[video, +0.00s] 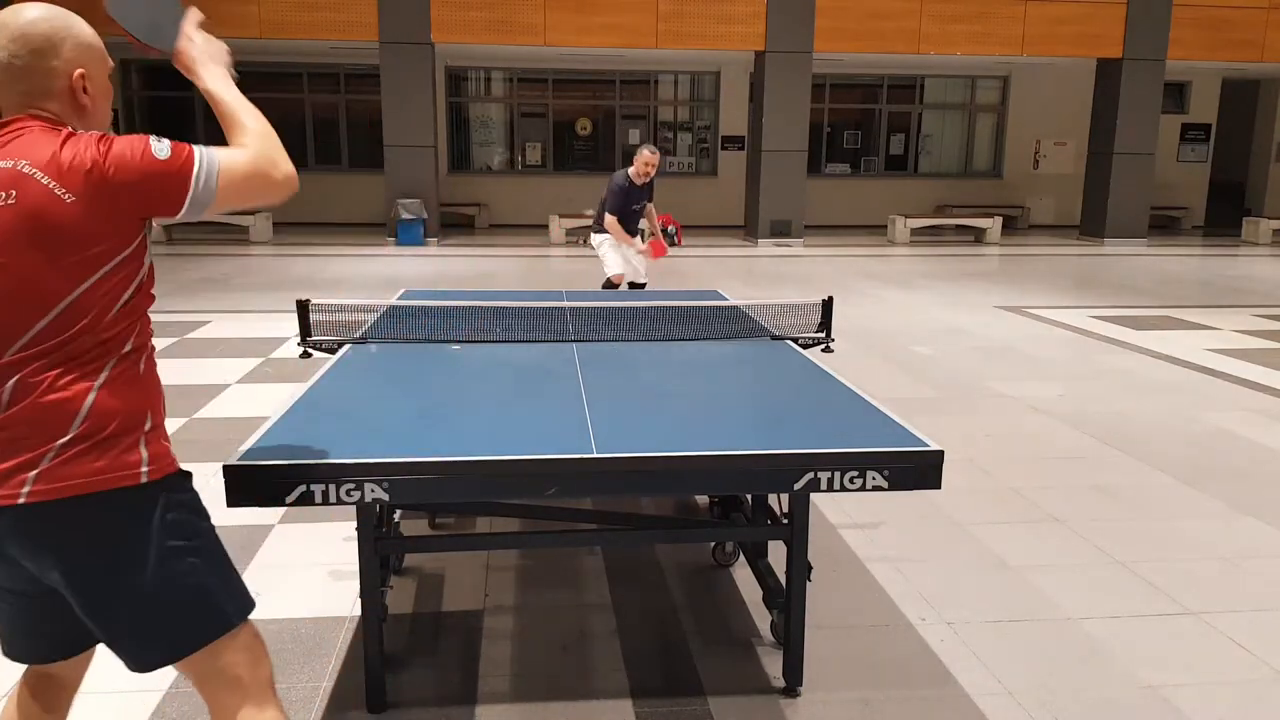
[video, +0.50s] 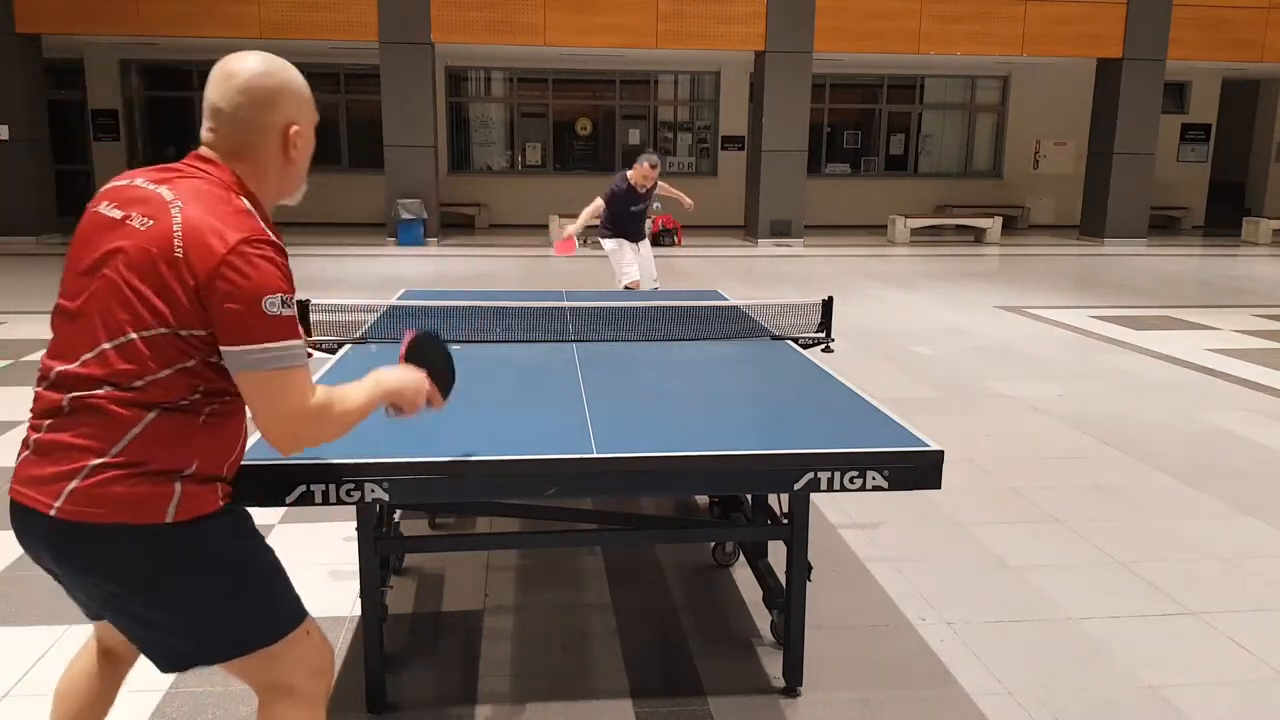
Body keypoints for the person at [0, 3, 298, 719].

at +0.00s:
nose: (111, 97)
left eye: (108, 79)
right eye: (105, 80)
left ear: (10, 88)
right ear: (77, 84)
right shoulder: (102, 166)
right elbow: (273, 172)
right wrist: (215, 75)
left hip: (13, 494)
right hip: (114, 488)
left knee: (47, 673)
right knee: (241, 685)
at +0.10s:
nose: (130, 88)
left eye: (126, 73)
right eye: (124, 74)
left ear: (25, 84)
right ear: (98, 83)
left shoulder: (5, 157)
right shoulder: (107, 172)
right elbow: (288, 217)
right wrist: (250, 110)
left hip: (12, 489)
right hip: (99, 488)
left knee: (49, 669)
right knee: (241, 674)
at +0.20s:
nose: (167, 93)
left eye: (165, 78)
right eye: (163, 78)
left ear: (67, 86)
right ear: (142, 86)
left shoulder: (9, 167)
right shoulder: (133, 181)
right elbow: (304, 268)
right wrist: (298, 163)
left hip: (15, 489)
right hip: (107, 494)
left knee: (51, 668)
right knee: (245, 673)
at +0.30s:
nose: (226, 105)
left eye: (222, 88)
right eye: (222, 89)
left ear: (120, 95)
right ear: (203, 98)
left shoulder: (35, 178)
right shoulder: (175, 204)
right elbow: (319, 332)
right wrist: (351, 229)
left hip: (14, 498)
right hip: (122, 507)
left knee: (68, 665)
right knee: (269, 677)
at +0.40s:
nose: (280, 137)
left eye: (280, 120)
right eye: (279, 120)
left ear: (178, 117)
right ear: (258, 128)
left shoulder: (85, 192)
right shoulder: (213, 231)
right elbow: (314, 394)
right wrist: (385, 323)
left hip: (34, 502)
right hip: (143, 513)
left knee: (104, 633)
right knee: (296, 678)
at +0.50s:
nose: (313, 148)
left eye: (312, 132)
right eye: (311, 132)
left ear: (210, 124)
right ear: (291, 139)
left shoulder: (120, 192)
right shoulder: (237, 241)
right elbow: (293, 426)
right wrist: (384, 386)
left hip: (46, 497)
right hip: (148, 514)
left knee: (115, 641)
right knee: (301, 673)